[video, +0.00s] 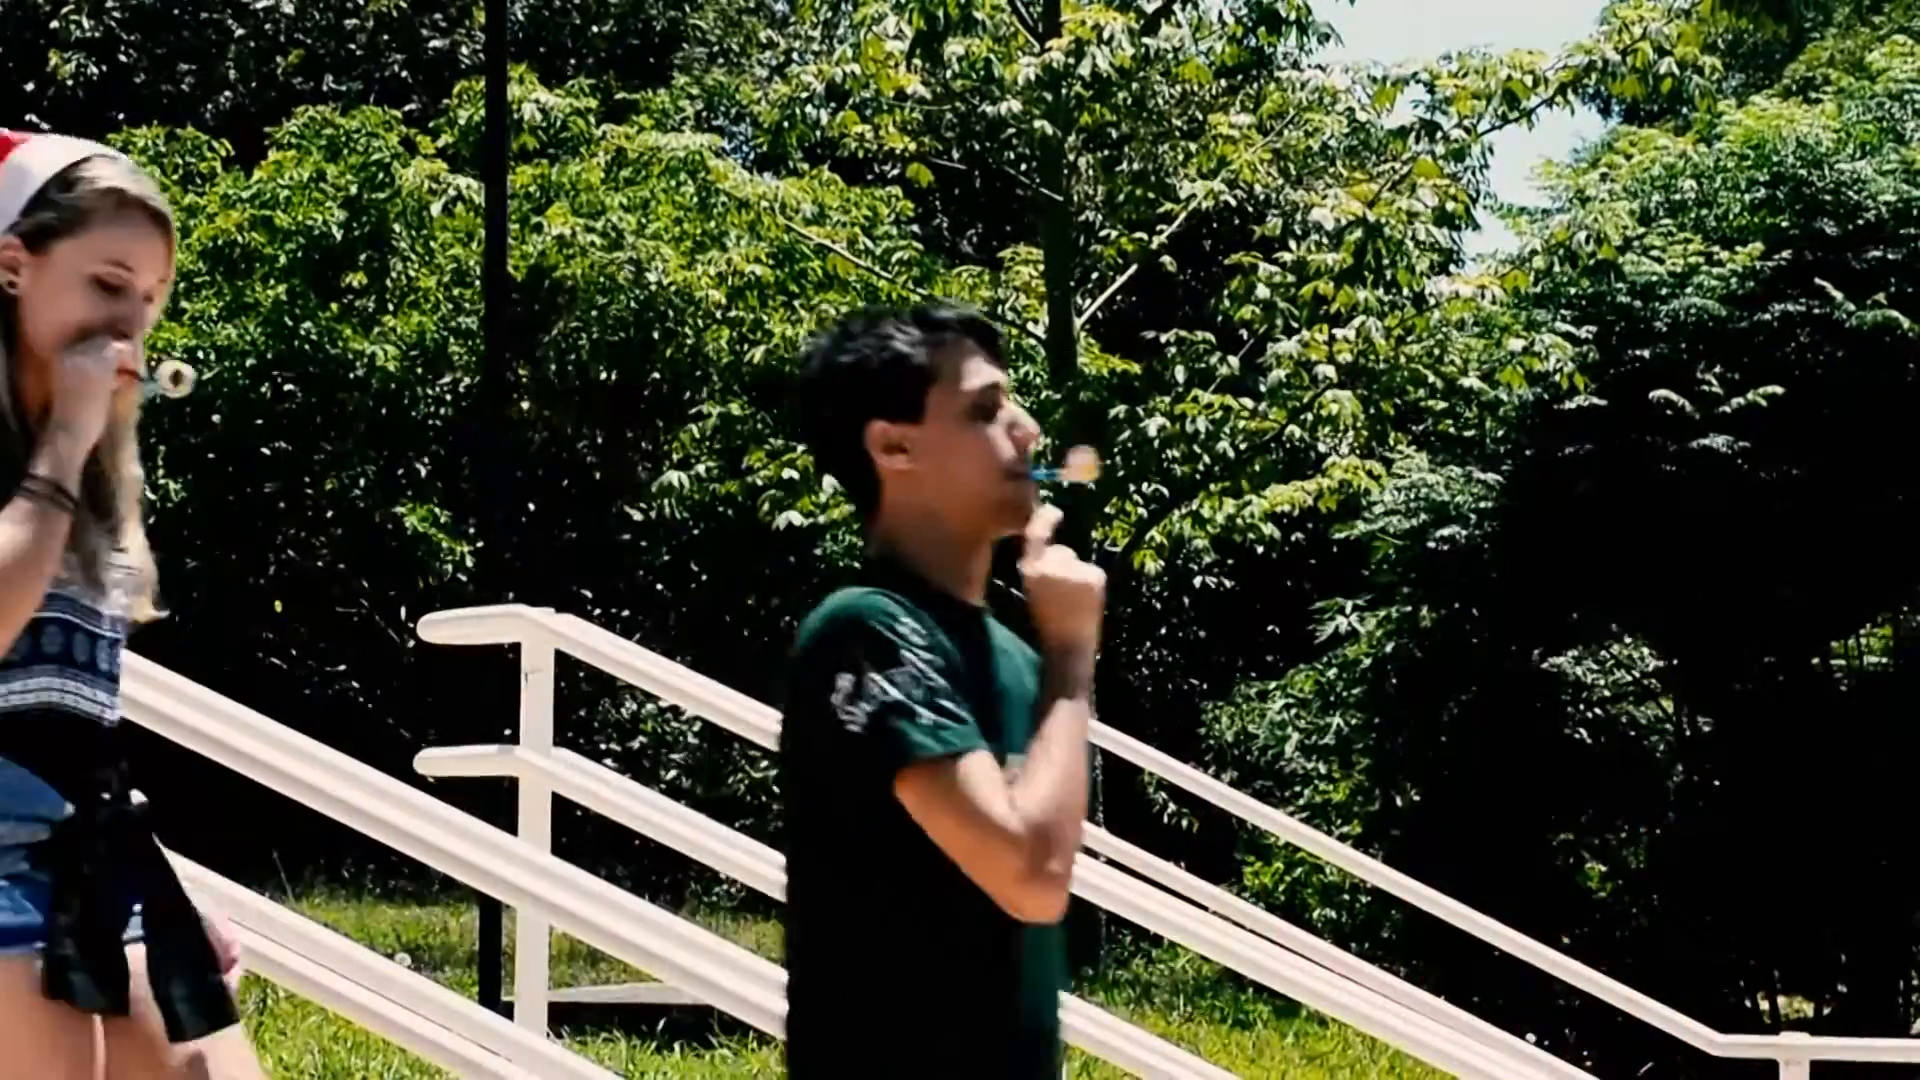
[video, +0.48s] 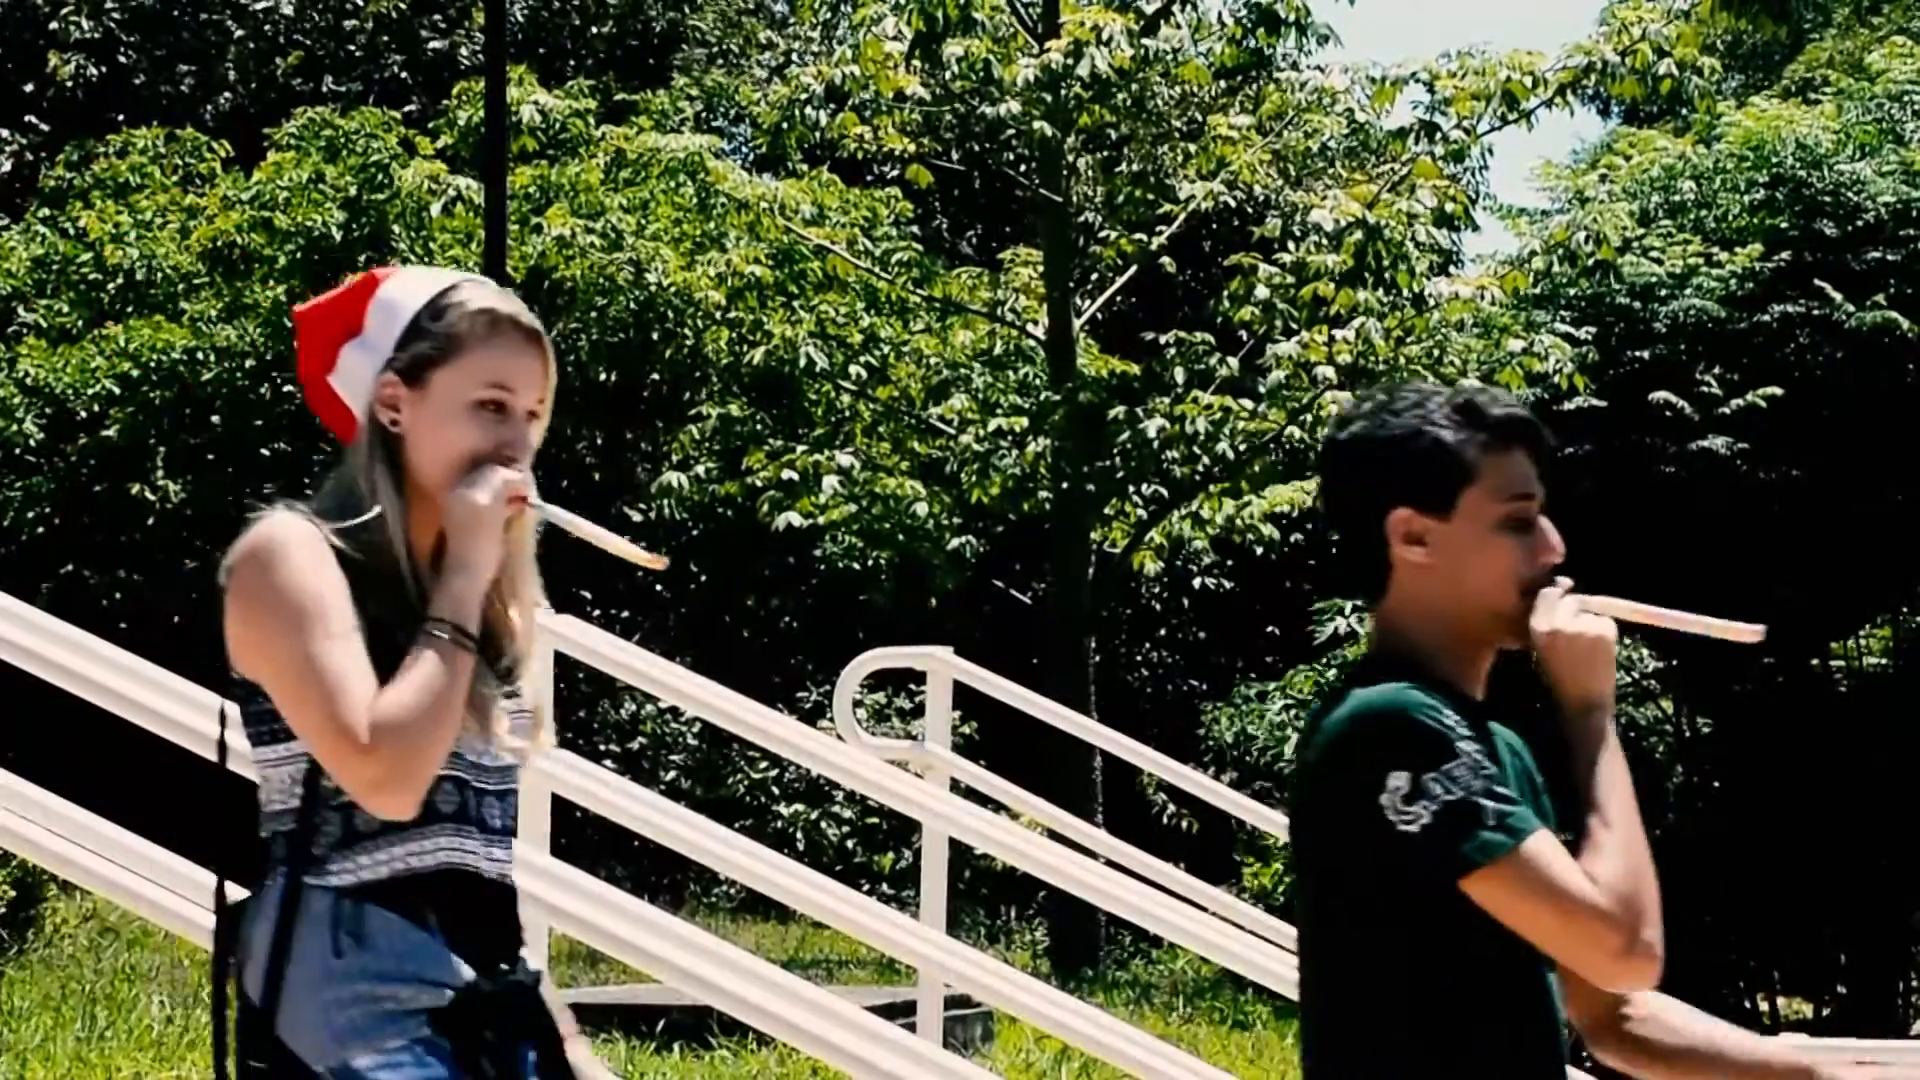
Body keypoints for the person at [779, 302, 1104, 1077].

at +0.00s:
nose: (1027, 429)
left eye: (1012, 403)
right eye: (986, 411)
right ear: (894, 447)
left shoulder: (1015, 655)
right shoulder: (862, 633)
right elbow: (1035, 877)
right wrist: (1070, 657)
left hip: (1015, 1052)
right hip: (886, 1054)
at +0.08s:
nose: (1126, 464)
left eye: (1108, 434)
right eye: (1082, 443)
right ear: (991, 487)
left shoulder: (1115, 683)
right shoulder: (965, 675)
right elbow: (1124, 926)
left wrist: (1156, 1056)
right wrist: (1168, 714)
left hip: (1135, 1060)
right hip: (1008, 1062)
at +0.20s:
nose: (1268, 534)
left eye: (1251, 507)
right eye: (1224, 514)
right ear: (1127, 552)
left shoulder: (1268, 758)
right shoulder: (1104, 744)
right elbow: (1313, 962)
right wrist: (1319, 738)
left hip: (1298, 1062)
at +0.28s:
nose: (1356, 535)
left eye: (1343, 505)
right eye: (1315, 512)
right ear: (1215, 541)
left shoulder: (1341, 757)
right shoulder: (1191, 732)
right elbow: (1422, 938)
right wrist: (1407, 714)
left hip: (1380, 1061)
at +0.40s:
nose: (1474, 541)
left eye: (1460, 511)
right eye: (1435, 514)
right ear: (1331, 535)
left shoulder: (1444, 748)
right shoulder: (1305, 725)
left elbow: (1519, 1026)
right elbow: (1544, 934)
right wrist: (1509, 700)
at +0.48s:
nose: (1556, 546)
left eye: (1542, 514)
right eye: (1517, 520)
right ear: (1414, 537)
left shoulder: (1506, 743)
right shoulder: (1391, 731)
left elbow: (1614, 1019)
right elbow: (1625, 947)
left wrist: (1813, 1064)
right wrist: (1591, 714)